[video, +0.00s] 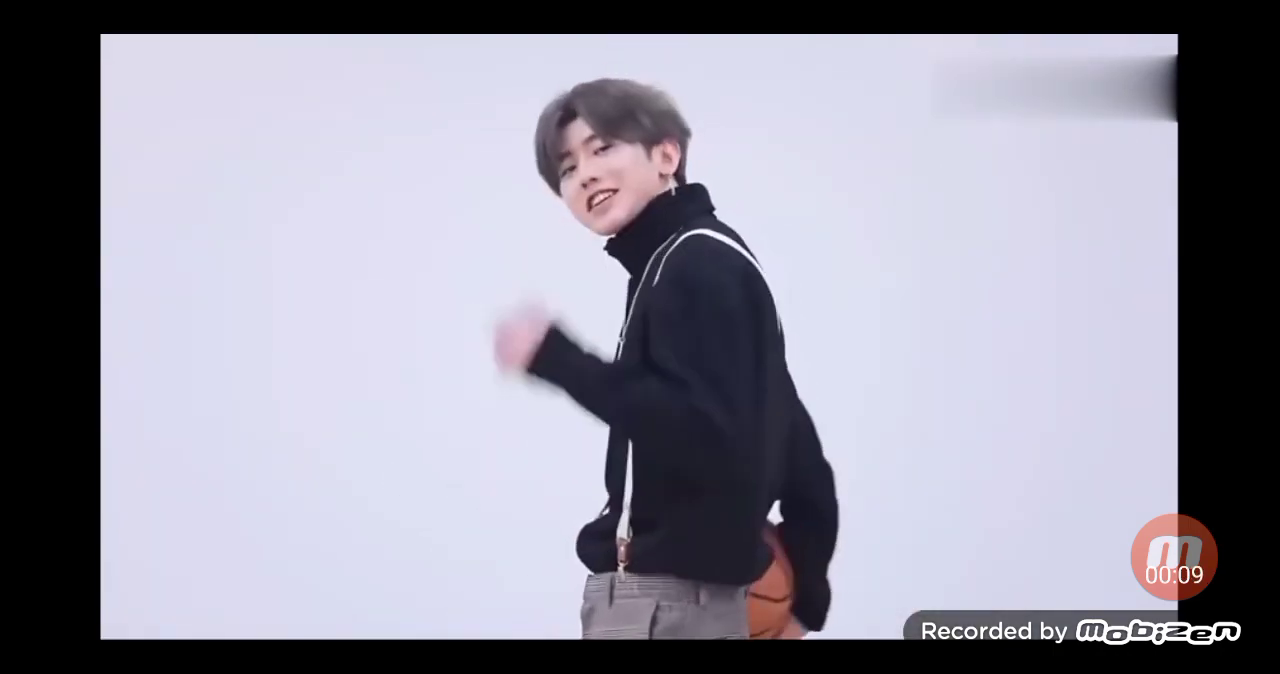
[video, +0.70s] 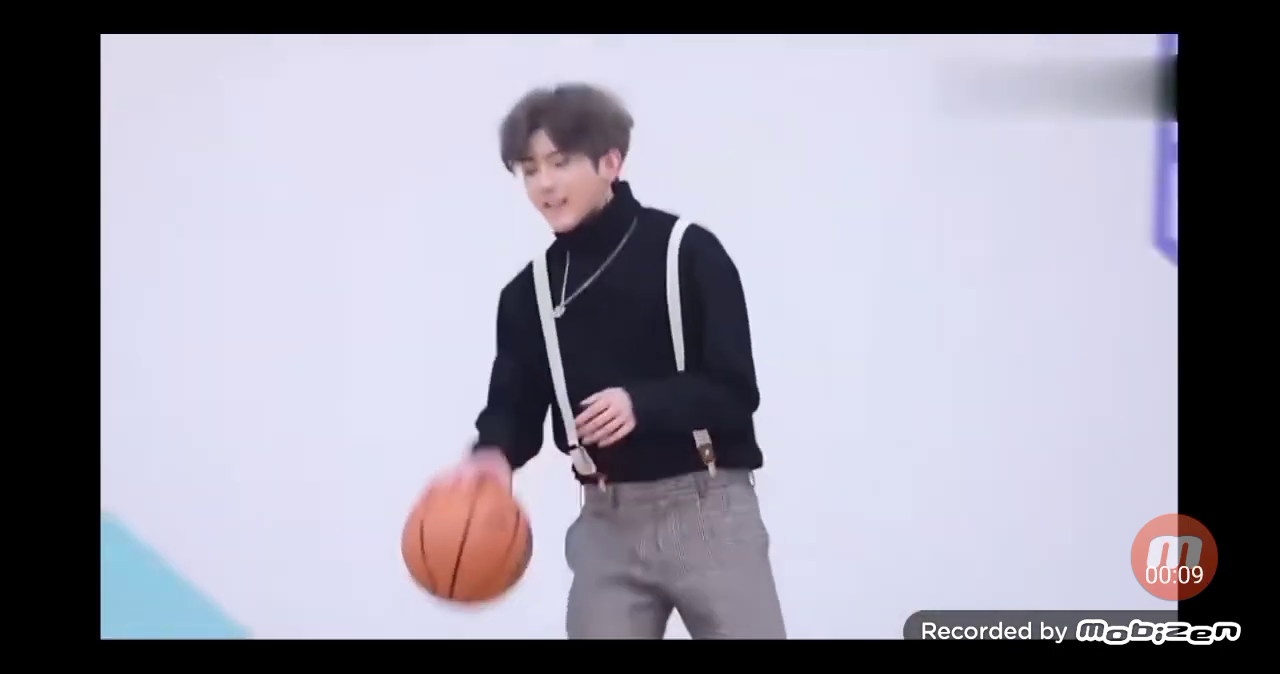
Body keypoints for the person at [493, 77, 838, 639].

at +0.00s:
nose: (585, 176)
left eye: (603, 148)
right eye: (567, 170)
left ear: (665, 155)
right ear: (564, 200)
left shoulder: (694, 262)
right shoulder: (713, 259)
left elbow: (712, 432)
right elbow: (804, 462)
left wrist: (559, 359)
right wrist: (801, 593)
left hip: (659, 600)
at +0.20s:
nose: (561, 202)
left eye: (580, 175)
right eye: (543, 196)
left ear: (639, 185)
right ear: (539, 225)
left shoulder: (679, 288)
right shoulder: (626, 307)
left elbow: (753, 457)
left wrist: (580, 505)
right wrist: (594, 536)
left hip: (697, 608)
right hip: (646, 608)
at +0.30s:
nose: (537, 243)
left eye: (555, 217)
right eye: (519, 235)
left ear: (613, 228)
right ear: (512, 263)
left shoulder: (666, 329)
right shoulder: (583, 393)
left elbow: (739, 495)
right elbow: (630, 563)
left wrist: (573, 534)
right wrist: (536, 591)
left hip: (712, 616)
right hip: (644, 621)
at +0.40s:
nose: (527, 240)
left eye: (544, 213)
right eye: (509, 229)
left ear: (602, 217)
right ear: (502, 251)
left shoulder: (668, 322)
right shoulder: (562, 379)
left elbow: (723, 495)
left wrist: (562, 530)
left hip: (714, 607)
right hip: (633, 613)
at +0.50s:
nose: (520, 212)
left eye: (535, 183)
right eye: (503, 199)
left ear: (596, 181)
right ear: (495, 215)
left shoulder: (681, 290)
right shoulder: (539, 346)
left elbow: (729, 462)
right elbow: (533, 486)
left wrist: (575, 504)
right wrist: (481, 473)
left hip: (717, 586)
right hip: (618, 594)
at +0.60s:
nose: (520, 165)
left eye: (536, 139)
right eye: (503, 151)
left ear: (597, 133)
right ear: (494, 162)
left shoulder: (693, 239)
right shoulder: (514, 290)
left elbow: (736, 408)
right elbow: (525, 457)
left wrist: (617, 448)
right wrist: (477, 407)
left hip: (716, 543)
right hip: (601, 561)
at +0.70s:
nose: (543, 185)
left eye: (559, 162)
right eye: (530, 170)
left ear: (610, 162)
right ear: (520, 180)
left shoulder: (689, 252)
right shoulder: (526, 295)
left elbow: (734, 392)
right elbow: (513, 411)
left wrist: (639, 404)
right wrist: (491, 453)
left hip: (711, 515)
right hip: (605, 527)